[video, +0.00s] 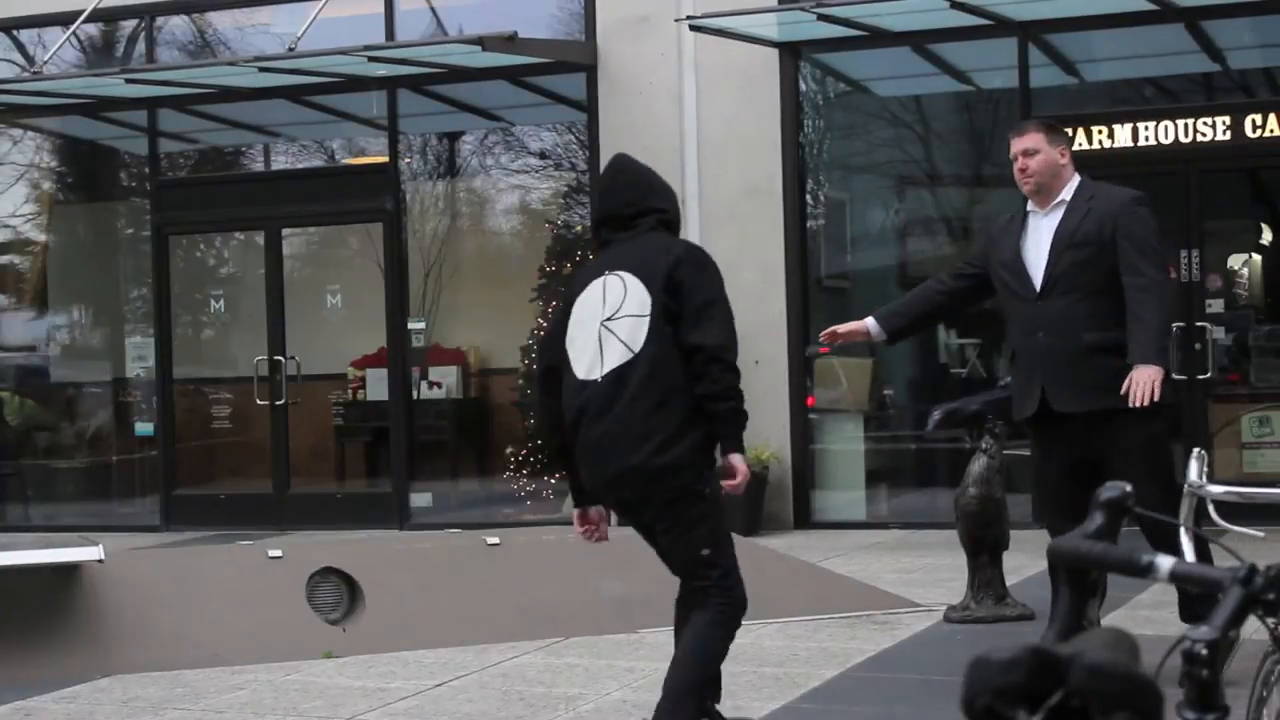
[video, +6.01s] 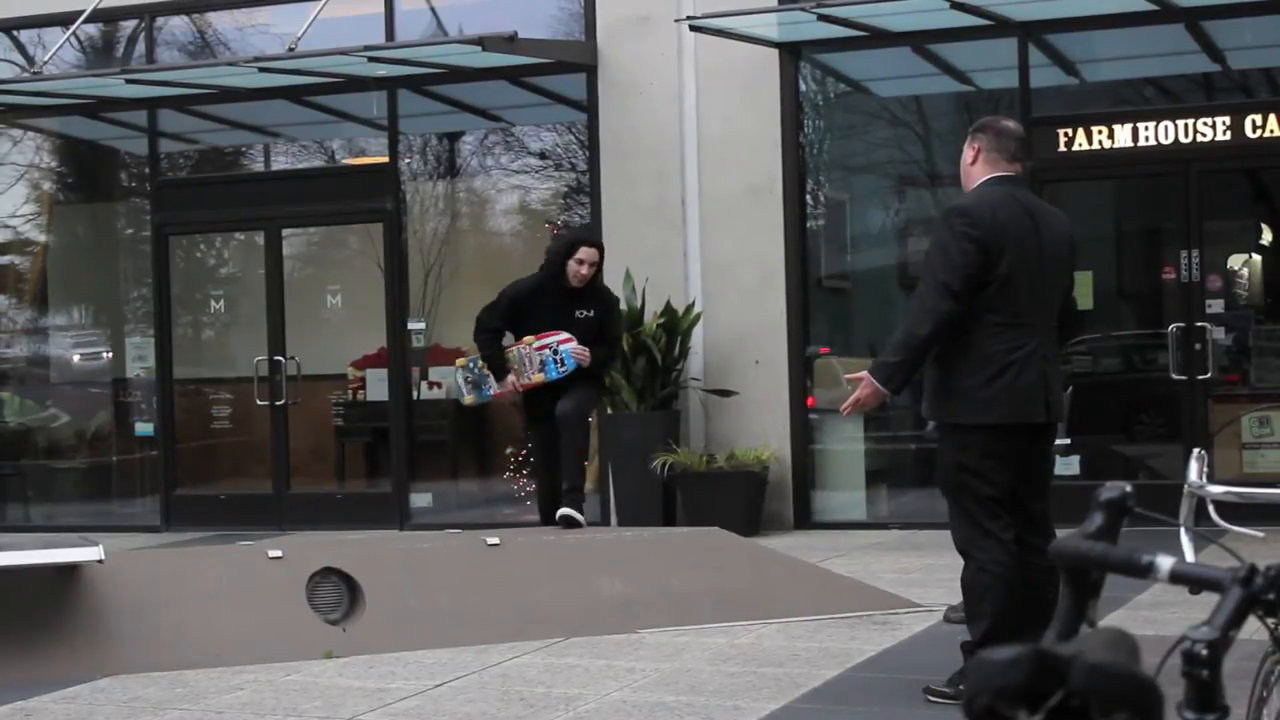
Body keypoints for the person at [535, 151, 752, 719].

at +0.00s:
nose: (671, 213)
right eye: (667, 206)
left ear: (606, 214)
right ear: (662, 206)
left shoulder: (581, 284)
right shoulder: (684, 261)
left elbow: (556, 389)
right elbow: (712, 354)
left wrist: (583, 489)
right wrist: (731, 442)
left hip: (608, 465)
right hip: (670, 454)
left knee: (698, 581)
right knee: (722, 594)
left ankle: (702, 705)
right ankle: (675, 713)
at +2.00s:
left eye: (561, 278)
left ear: (563, 280)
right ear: (596, 277)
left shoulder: (556, 312)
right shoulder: (615, 309)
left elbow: (523, 339)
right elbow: (638, 341)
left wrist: (554, 344)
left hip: (576, 398)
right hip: (613, 395)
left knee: (582, 459)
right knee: (620, 451)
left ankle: (590, 515)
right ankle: (621, 495)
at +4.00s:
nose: (557, 304)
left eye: (561, 300)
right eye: (554, 297)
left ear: (560, 301)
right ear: (539, 291)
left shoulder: (544, 333)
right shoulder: (507, 313)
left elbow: (546, 384)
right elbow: (477, 355)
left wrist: (554, 425)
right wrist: (469, 398)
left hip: (523, 408)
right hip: (497, 405)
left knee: (513, 470)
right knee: (519, 466)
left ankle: (502, 534)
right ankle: (513, 534)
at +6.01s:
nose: (584, 271)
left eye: (592, 265)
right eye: (578, 262)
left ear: (598, 267)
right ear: (562, 259)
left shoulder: (604, 301)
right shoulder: (529, 291)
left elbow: (612, 350)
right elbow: (486, 325)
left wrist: (593, 358)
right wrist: (502, 371)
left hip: (581, 383)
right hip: (539, 388)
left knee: (569, 412)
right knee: (546, 460)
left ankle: (572, 504)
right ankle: (552, 538)